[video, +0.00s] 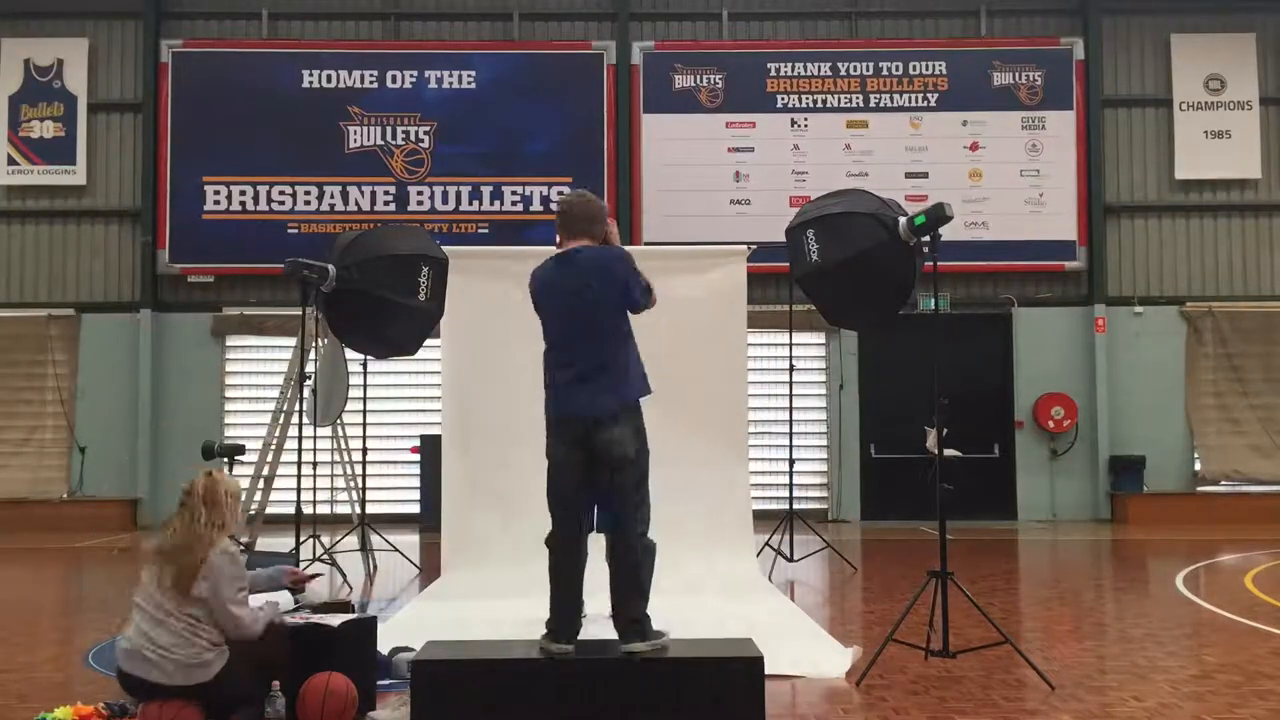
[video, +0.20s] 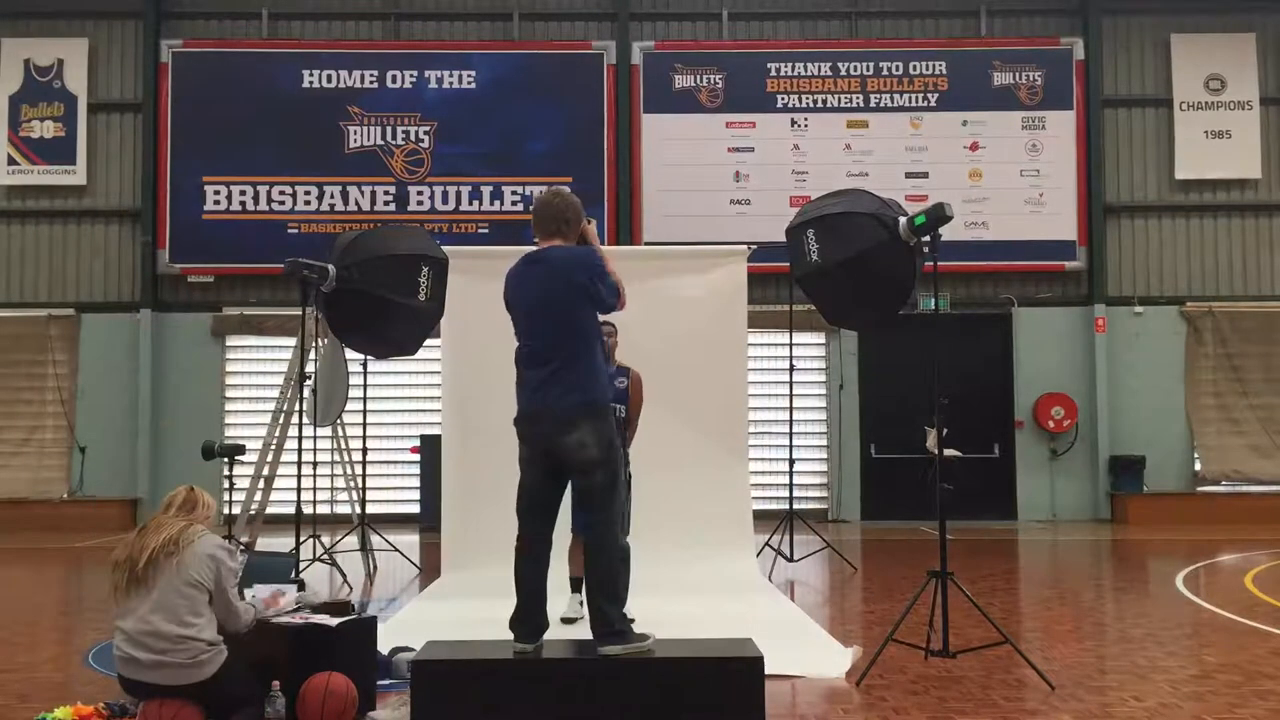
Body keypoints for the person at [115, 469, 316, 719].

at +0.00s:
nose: (241, 511)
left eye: (240, 503)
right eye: (238, 504)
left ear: (190, 503)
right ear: (226, 509)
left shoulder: (166, 541)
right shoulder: (223, 554)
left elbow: (212, 582)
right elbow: (241, 626)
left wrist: (278, 577)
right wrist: (273, 609)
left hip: (132, 672)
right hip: (185, 678)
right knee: (254, 686)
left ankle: (138, 703)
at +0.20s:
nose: (210, 523)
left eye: (211, 518)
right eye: (210, 518)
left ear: (168, 510)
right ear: (203, 515)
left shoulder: (139, 539)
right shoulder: (212, 546)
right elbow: (235, 621)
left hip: (133, 678)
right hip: (194, 678)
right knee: (251, 698)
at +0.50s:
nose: (222, 519)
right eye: (220, 513)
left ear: (173, 508)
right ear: (214, 514)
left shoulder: (141, 541)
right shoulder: (223, 551)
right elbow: (257, 610)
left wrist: (222, 606)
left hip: (134, 680)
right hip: (194, 680)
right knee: (253, 700)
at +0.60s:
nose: (222, 519)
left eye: (221, 512)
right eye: (221, 513)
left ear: (174, 507)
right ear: (214, 514)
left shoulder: (141, 540)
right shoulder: (222, 550)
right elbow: (258, 610)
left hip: (133, 679)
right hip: (194, 679)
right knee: (253, 701)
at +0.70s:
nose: (214, 516)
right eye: (212, 510)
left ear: (166, 506)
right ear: (205, 511)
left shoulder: (141, 541)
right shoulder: (217, 548)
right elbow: (250, 612)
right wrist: (266, 597)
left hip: (135, 678)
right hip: (193, 677)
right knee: (252, 701)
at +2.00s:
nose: (225, 514)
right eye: (222, 508)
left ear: (174, 506)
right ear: (216, 511)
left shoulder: (145, 542)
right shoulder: (225, 550)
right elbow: (259, 608)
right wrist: (277, 604)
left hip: (136, 680)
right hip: (196, 677)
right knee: (252, 700)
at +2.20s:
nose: (223, 509)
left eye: (222, 503)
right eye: (221, 504)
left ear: (176, 503)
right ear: (215, 507)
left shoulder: (149, 542)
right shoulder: (226, 546)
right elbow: (270, 575)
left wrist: (225, 607)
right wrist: (303, 571)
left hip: (137, 673)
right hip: (199, 670)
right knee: (252, 702)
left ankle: (147, 706)